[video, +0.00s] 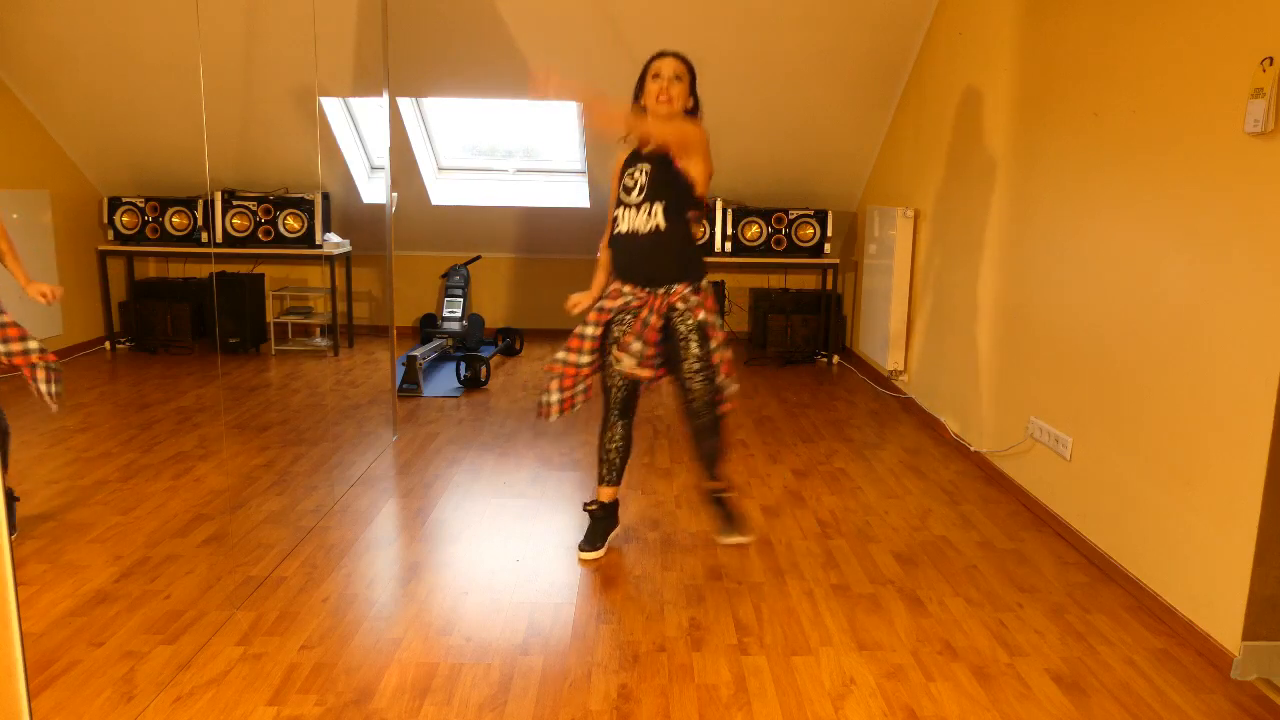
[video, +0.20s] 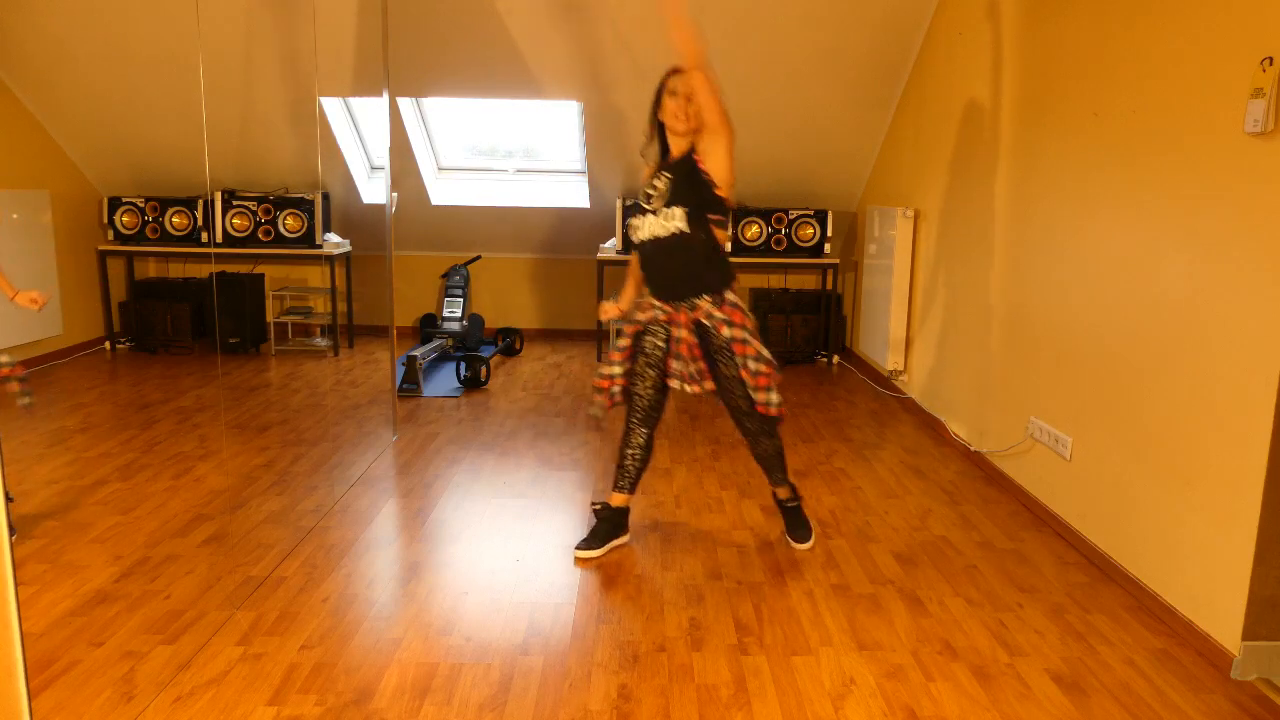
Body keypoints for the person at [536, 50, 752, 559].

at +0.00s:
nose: (664, 86)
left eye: (675, 80)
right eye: (655, 78)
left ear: (691, 94)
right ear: (640, 91)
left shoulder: (693, 139)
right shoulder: (628, 152)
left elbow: (642, 124)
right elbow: (614, 225)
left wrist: (573, 95)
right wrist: (596, 288)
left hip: (681, 293)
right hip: (628, 292)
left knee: (700, 396)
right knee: (617, 401)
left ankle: (718, 492)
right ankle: (604, 506)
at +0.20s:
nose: (682, 108)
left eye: (692, 99)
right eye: (672, 97)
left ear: (704, 109)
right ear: (658, 107)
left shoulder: (713, 157)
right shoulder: (656, 174)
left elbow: (698, 69)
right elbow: (643, 245)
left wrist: (673, 8)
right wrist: (625, 299)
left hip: (712, 307)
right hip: (658, 310)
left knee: (749, 412)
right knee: (640, 414)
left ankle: (786, 499)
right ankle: (615, 513)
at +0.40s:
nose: (714, 131)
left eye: (724, 123)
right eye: (704, 123)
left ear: (738, 133)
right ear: (690, 134)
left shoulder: (756, 171)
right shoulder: (683, 203)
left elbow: (793, 95)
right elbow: (674, 268)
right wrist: (656, 320)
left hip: (782, 319)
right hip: (719, 323)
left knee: (793, 424)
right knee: (669, 417)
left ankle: (790, 505)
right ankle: (623, 507)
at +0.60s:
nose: (735, 141)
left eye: (744, 132)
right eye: (724, 133)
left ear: (757, 142)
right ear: (710, 146)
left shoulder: (772, 181)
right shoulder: (703, 213)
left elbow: (826, 177)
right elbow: (692, 281)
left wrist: (872, 164)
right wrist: (677, 342)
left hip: (804, 325)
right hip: (753, 333)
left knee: (816, 429)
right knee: (780, 435)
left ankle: (792, 505)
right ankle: (731, 457)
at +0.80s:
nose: (744, 129)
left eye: (751, 119)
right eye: (732, 122)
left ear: (765, 128)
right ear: (719, 137)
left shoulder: (770, 186)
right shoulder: (728, 190)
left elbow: (791, 253)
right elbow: (766, 255)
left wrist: (816, 299)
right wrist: (805, 307)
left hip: (789, 313)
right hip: (748, 319)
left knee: (808, 405)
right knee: (769, 411)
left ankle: (792, 498)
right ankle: (754, 486)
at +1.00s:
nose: (737, 94)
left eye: (745, 86)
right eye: (723, 89)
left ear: (756, 95)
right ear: (707, 104)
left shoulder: (760, 145)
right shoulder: (717, 148)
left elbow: (794, 94)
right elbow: (757, 119)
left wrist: (837, 36)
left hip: (778, 294)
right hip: (729, 292)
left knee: (781, 402)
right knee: (700, 399)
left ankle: (786, 500)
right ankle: (641, 486)